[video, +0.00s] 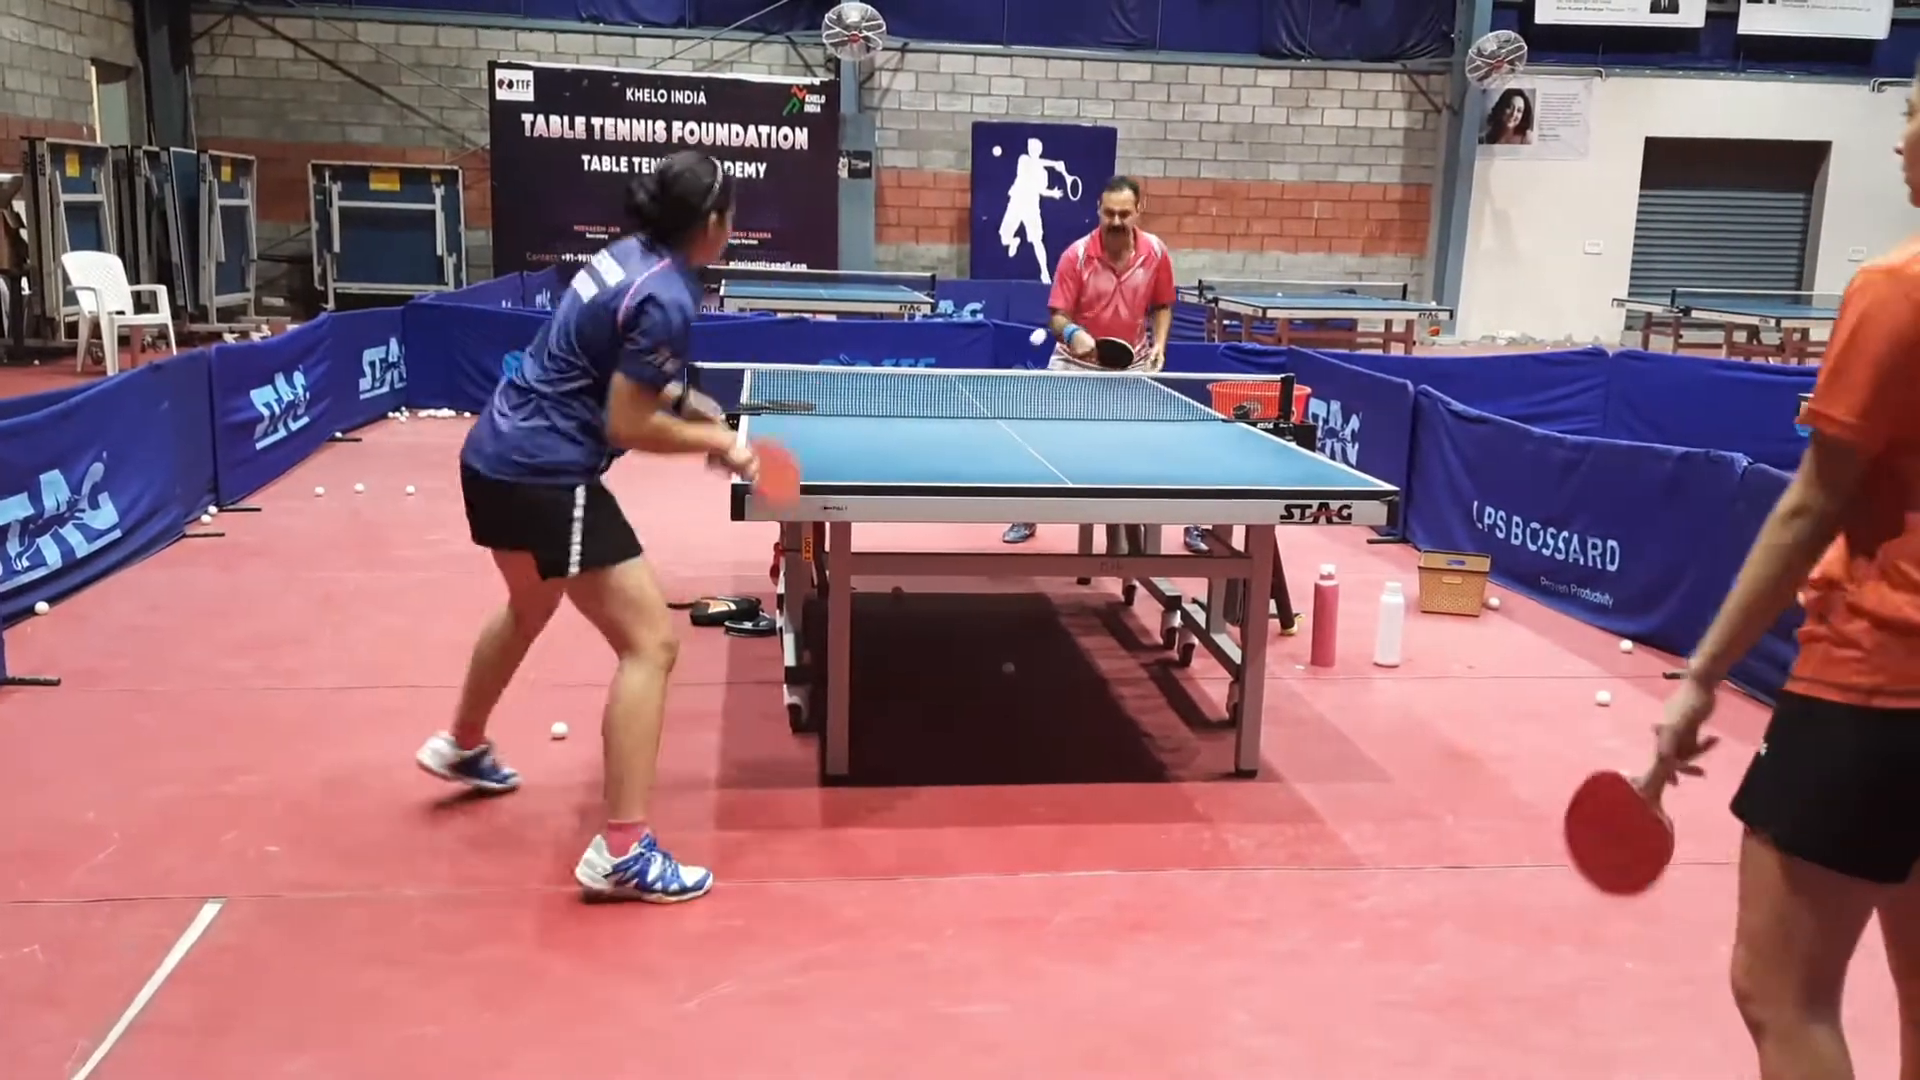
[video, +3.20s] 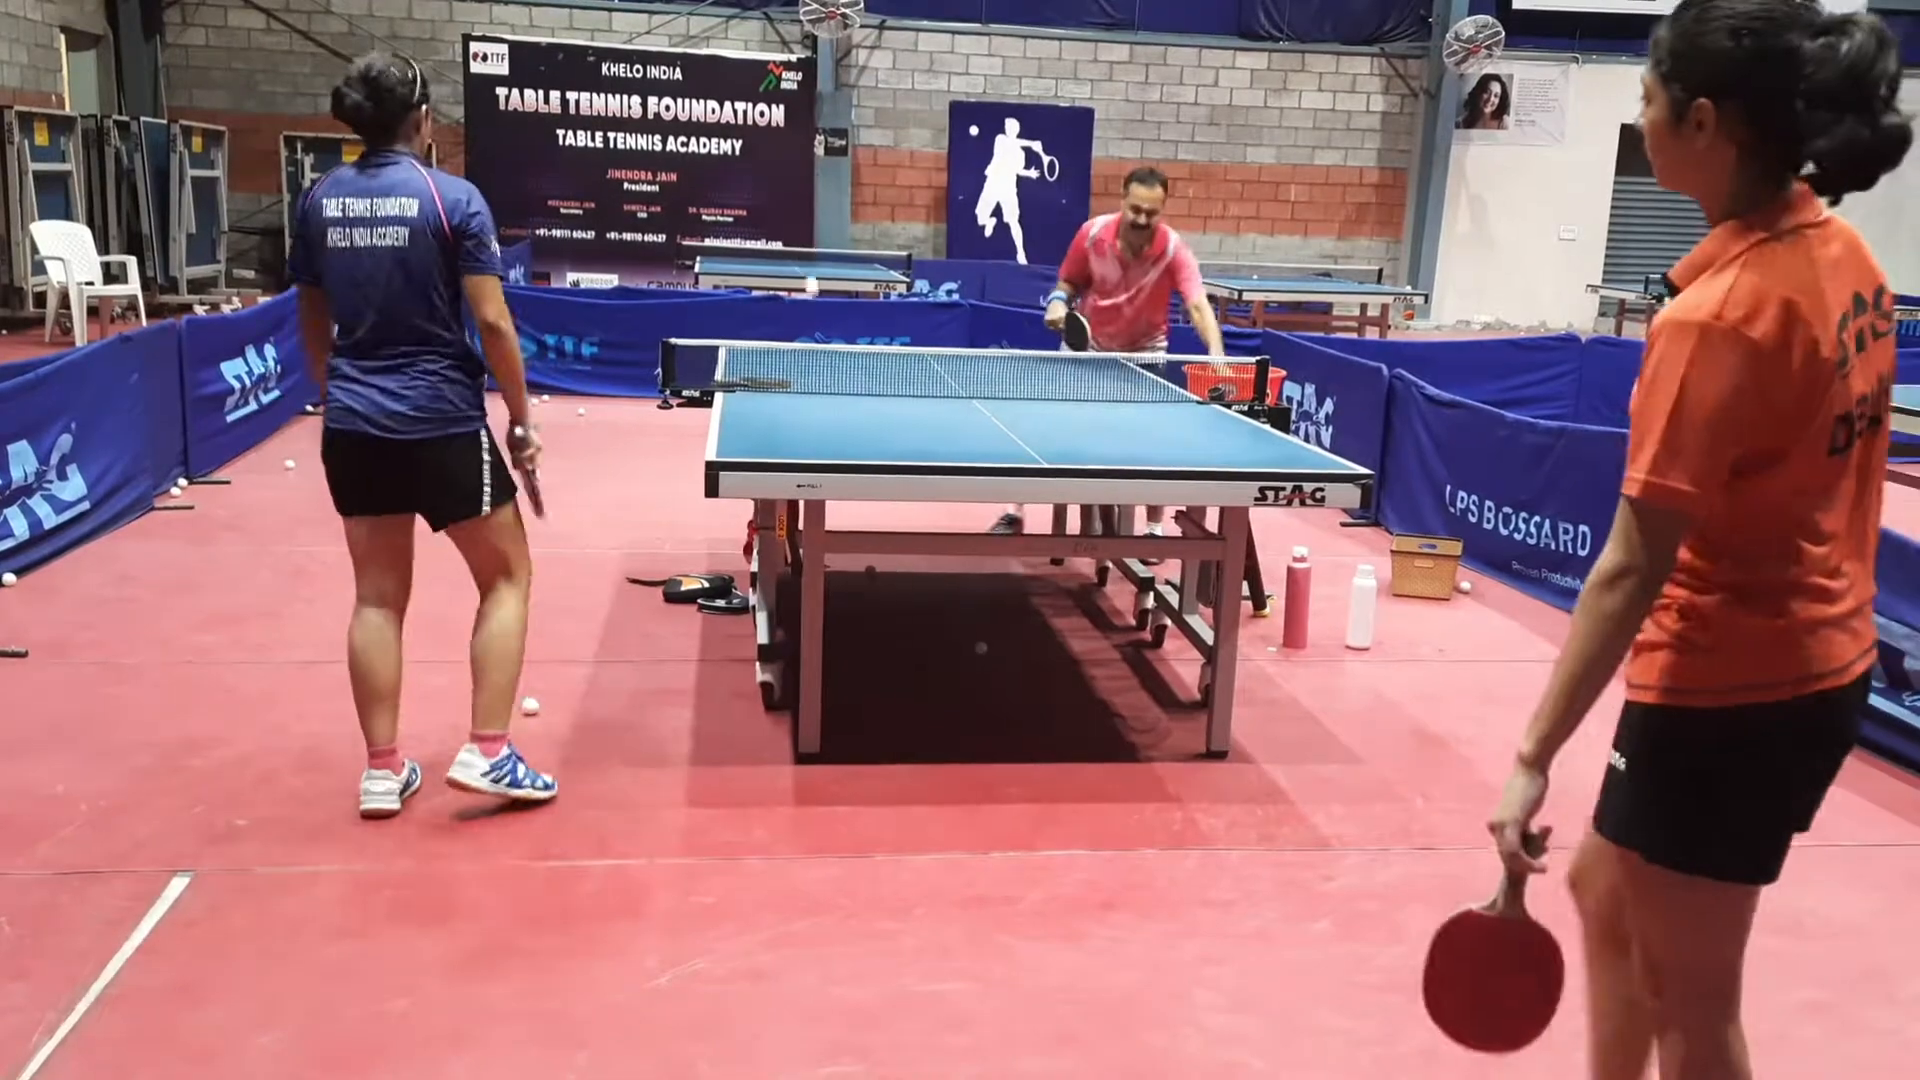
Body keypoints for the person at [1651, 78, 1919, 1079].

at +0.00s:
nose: (1902, 147)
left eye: (1909, 128)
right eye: (1907, 126)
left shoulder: (1896, 290)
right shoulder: (1890, 290)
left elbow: (1812, 508)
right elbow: (1813, 504)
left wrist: (1701, 676)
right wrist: (1703, 678)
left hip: (1871, 693)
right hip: (1896, 694)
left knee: (1783, 994)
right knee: (1917, 985)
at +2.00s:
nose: (1900, 138)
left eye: (1910, 123)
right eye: (1906, 122)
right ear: (1909, 138)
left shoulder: (1907, 265)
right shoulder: (1902, 268)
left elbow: (1874, 482)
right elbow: (1871, 482)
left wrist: (1787, 662)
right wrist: (1802, 664)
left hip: (1880, 662)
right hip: (1886, 665)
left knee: (1784, 976)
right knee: (1909, 977)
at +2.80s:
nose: (1729, 100)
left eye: (1744, 82)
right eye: (1739, 77)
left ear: (1796, 116)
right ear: (1828, 121)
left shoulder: (1769, 292)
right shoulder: (1896, 253)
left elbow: (1716, 537)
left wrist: (1632, 725)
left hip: (1762, 694)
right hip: (1879, 684)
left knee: (1686, 983)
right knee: (1827, 943)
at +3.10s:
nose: (1664, 117)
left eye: (1674, 96)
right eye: (1669, 94)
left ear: (1725, 116)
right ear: (1782, 120)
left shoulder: (1719, 306)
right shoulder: (1866, 250)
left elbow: (1639, 559)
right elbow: (1878, 478)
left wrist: (1547, 747)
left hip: (1732, 698)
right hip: (1841, 674)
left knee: (1696, 1008)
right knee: (1696, 982)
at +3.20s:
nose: (1640, 136)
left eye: (1650, 113)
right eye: (1644, 113)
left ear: (1706, 124)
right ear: (1748, 123)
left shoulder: (1716, 317)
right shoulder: (1842, 252)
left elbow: (1630, 567)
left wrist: (1532, 754)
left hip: (1724, 696)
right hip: (1811, 669)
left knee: (1694, 1009)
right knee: (1600, 891)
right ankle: (1617, 1079)